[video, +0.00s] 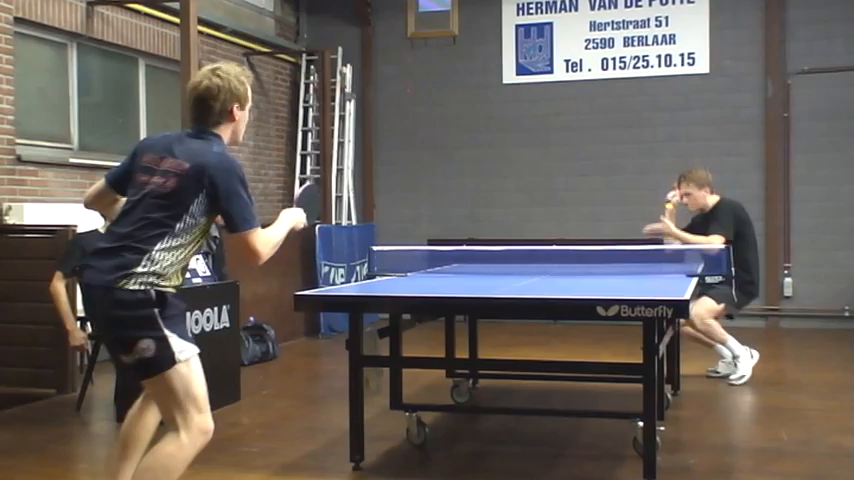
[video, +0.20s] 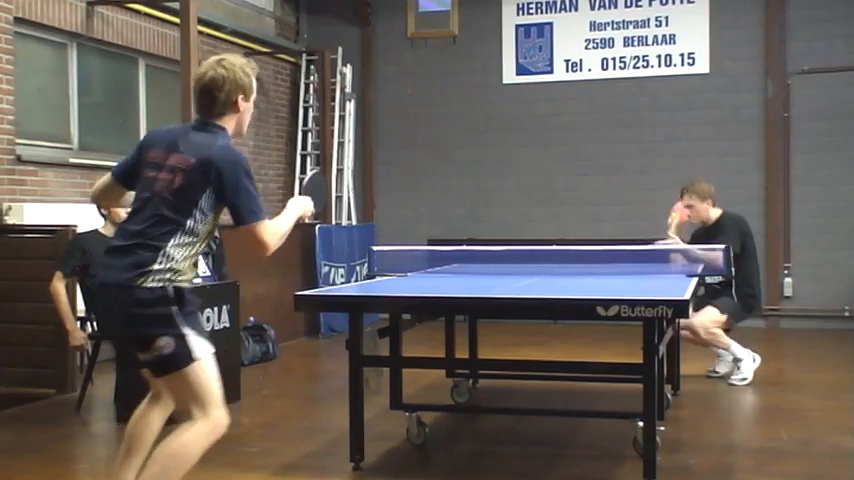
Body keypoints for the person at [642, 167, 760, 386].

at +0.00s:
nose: (684, 201)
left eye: (688, 195)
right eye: (682, 196)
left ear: (705, 191)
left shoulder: (727, 210)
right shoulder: (700, 220)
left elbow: (715, 244)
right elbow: (673, 244)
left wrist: (672, 231)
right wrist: (670, 210)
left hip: (738, 283)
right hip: (713, 282)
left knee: (698, 313)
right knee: (678, 320)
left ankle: (743, 353)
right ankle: (727, 356)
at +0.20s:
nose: (687, 213)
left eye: (690, 207)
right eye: (685, 208)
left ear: (707, 202)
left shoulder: (732, 223)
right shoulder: (701, 233)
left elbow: (722, 259)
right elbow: (678, 265)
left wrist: (683, 247)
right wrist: (673, 231)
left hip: (741, 294)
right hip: (716, 293)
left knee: (699, 322)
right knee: (680, 325)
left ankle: (746, 356)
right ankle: (726, 355)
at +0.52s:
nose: (686, 216)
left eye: (691, 210)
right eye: (683, 211)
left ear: (707, 212)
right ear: (681, 214)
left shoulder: (729, 236)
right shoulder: (687, 243)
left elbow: (744, 280)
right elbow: (682, 276)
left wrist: (722, 267)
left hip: (737, 296)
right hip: (706, 299)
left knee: (706, 322)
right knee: (670, 332)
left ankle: (746, 359)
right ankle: (719, 350)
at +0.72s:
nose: (680, 182)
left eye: (686, 177)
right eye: (676, 178)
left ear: (699, 180)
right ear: (672, 182)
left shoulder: (717, 206)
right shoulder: (668, 212)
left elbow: (738, 246)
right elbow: (657, 250)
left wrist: (696, 243)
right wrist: (643, 265)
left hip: (714, 275)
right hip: (678, 276)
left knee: (704, 316)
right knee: (652, 310)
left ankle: (741, 363)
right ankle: (683, 344)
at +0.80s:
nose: (671, 177)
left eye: (677, 172)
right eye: (667, 172)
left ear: (689, 174)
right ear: (662, 176)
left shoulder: (707, 202)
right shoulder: (657, 207)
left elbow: (730, 238)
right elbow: (648, 243)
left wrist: (692, 246)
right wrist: (638, 260)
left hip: (703, 272)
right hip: (666, 274)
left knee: (702, 313)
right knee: (631, 296)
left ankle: (739, 363)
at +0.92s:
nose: (658, 172)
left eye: (663, 168)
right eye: (653, 168)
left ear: (675, 170)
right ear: (649, 172)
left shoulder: (691, 198)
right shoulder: (642, 201)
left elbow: (717, 235)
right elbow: (634, 238)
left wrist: (688, 247)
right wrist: (630, 257)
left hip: (687, 271)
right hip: (650, 271)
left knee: (698, 311)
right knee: (613, 299)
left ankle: (737, 362)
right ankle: (622, 352)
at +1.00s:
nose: (650, 167)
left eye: (655, 162)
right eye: (645, 163)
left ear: (666, 164)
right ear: (640, 167)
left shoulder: (683, 193)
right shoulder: (633, 197)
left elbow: (707, 228)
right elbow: (626, 233)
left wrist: (683, 244)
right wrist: (625, 253)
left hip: (678, 269)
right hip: (641, 268)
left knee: (694, 311)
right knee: (610, 301)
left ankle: (733, 361)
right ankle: (622, 351)